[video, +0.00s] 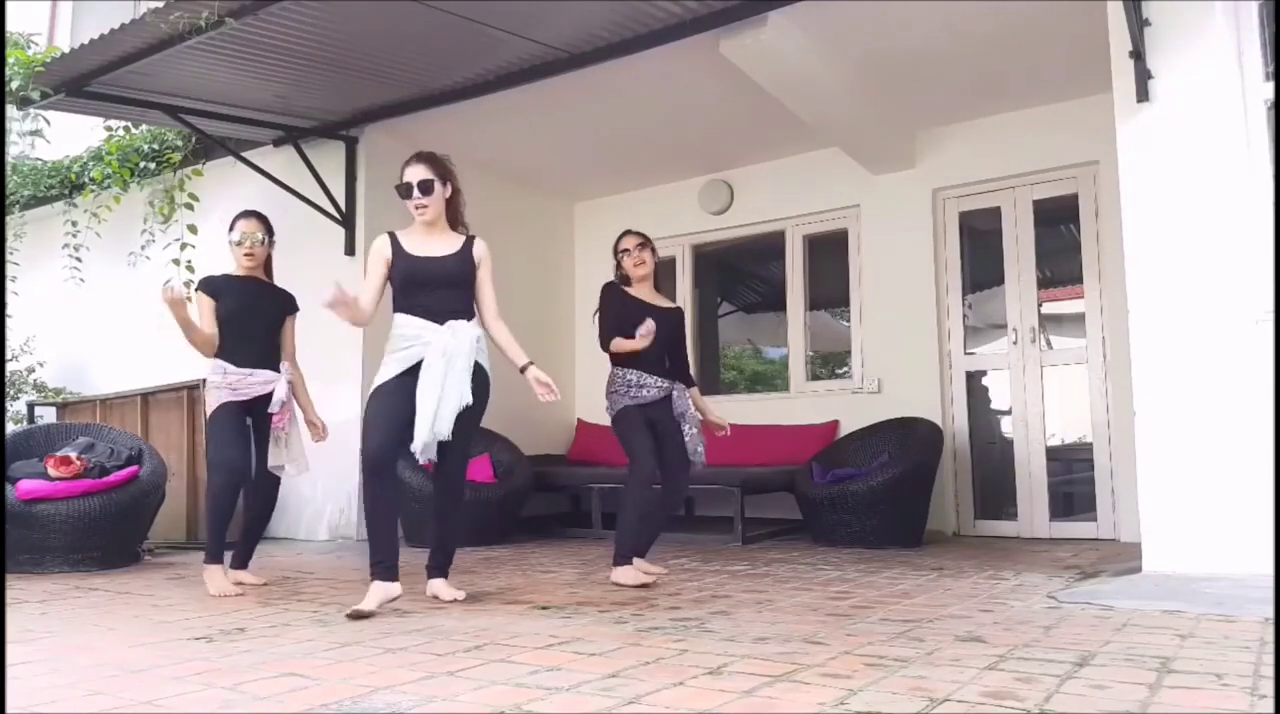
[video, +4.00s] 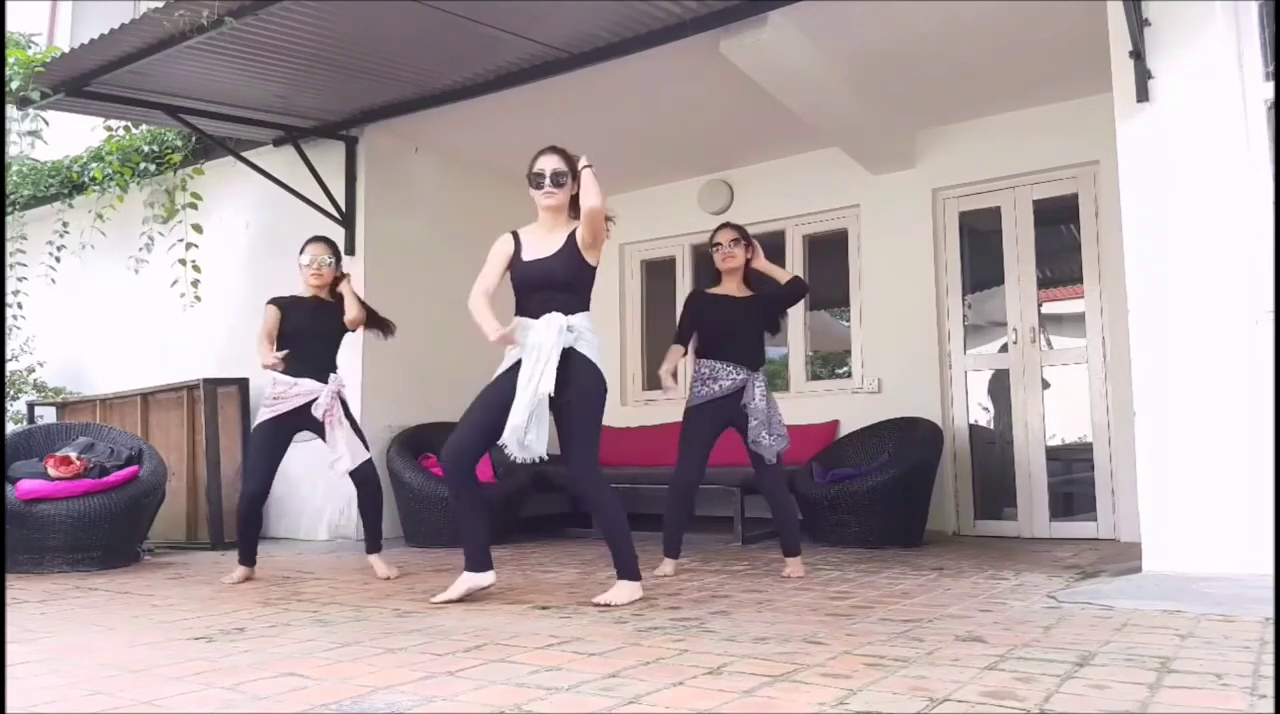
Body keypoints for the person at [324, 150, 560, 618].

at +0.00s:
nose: (416, 196)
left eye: (426, 186)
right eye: (407, 189)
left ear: (449, 188)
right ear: (401, 196)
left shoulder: (474, 247)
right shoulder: (387, 246)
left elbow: (492, 318)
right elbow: (364, 314)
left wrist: (528, 367)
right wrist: (346, 307)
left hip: (463, 365)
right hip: (405, 364)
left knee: (451, 466)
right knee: (376, 456)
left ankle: (438, 576)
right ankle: (384, 579)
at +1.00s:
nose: (408, 193)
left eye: (417, 183)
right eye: (401, 187)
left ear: (443, 185)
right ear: (399, 196)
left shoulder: (470, 240)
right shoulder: (398, 249)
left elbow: (490, 307)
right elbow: (379, 316)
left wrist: (518, 343)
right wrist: (333, 303)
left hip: (454, 364)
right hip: (405, 366)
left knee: (437, 465)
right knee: (346, 457)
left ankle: (453, 575)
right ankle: (376, 570)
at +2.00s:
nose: (431, 185)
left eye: (438, 177)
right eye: (431, 178)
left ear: (467, 175)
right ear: (455, 178)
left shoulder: (504, 238)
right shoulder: (424, 233)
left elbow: (523, 306)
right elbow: (401, 292)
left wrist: (548, 360)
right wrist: (378, 320)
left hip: (465, 354)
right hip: (410, 350)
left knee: (498, 458)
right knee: (395, 465)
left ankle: (529, 575)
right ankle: (379, 574)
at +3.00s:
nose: (546, 178)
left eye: (555, 171)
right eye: (537, 172)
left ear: (572, 179)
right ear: (528, 179)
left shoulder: (581, 230)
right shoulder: (509, 231)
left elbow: (583, 186)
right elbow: (485, 279)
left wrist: (587, 159)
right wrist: (531, 275)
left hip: (575, 355)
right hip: (528, 360)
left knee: (579, 465)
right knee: (467, 452)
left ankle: (620, 576)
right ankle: (485, 571)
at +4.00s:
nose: (548, 185)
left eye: (558, 178)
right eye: (540, 179)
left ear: (573, 186)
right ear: (530, 187)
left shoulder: (585, 238)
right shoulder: (512, 241)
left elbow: (593, 209)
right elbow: (478, 295)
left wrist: (585, 167)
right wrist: (493, 329)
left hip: (575, 360)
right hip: (526, 360)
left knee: (582, 468)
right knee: (456, 455)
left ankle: (629, 578)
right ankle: (478, 568)